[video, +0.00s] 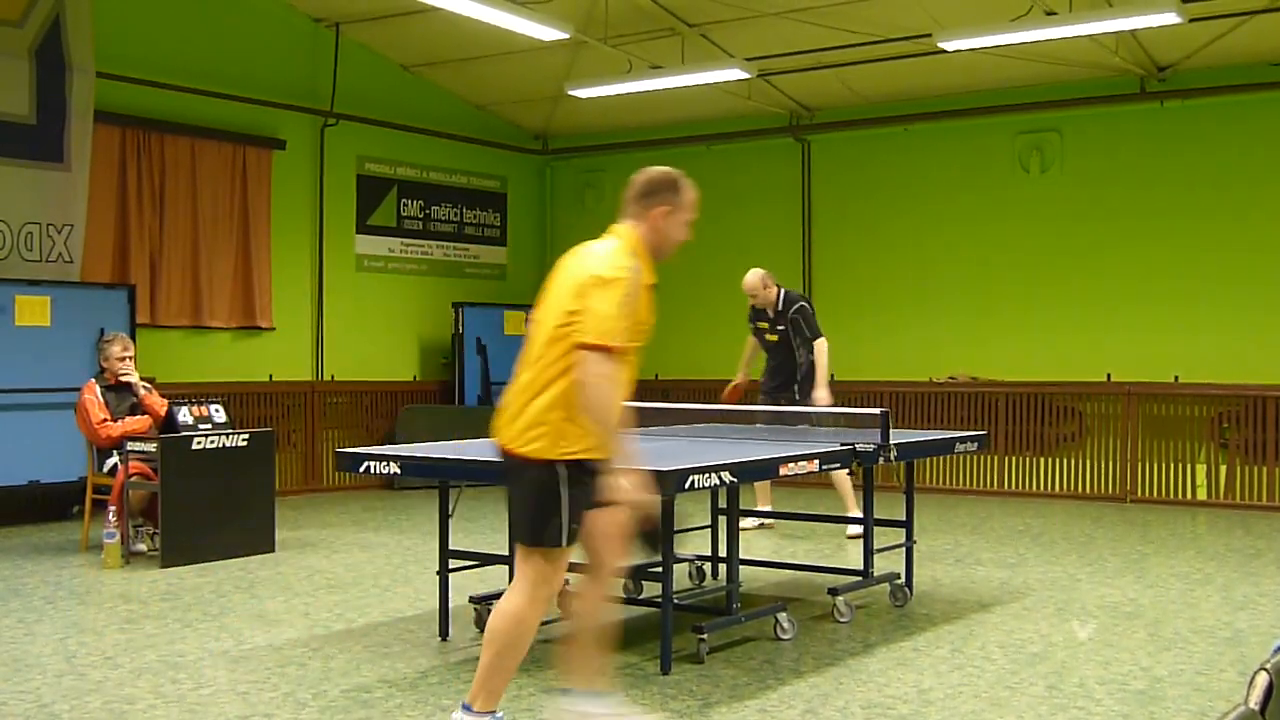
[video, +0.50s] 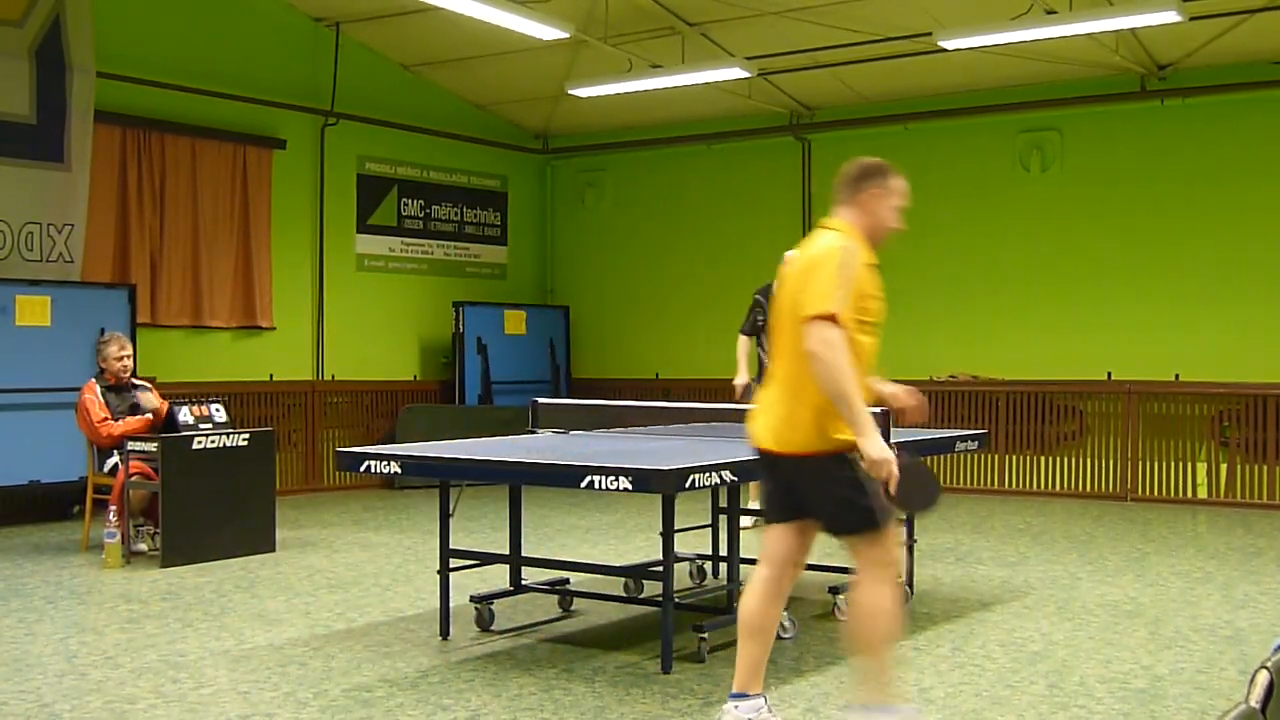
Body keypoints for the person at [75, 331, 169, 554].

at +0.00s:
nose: (128, 364)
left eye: (131, 359)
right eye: (121, 359)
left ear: (135, 360)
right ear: (104, 362)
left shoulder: (142, 388)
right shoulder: (90, 392)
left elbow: (168, 419)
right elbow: (102, 434)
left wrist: (140, 391)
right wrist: (146, 422)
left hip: (150, 453)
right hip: (115, 456)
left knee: (173, 478)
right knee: (140, 481)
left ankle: (155, 527)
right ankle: (135, 525)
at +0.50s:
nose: (126, 364)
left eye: (129, 358)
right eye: (119, 359)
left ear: (134, 359)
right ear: (103, 363)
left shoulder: (144, 387)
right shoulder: (90, 393)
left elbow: (168, 421)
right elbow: (104, 433)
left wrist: (157, 406)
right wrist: (148, 420)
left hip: (151, 451)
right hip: (116, 454)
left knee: (173, 475)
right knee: (141, 480)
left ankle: (156, 526)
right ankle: (135, 524)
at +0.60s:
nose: (126, 364)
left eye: (128, 358)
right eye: (119, 360)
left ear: (133, 359)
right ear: (102, 363)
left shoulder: (145, 388)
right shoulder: (90, 393)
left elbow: (167, 420)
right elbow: (104, 433)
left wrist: (166, 413)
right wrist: (149, 420)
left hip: (153, 452)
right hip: (117, 454)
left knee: (175, 476)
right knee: (141, 481)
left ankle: (155, 526)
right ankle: (135, 524)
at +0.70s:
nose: (125, 364)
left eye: (127, 358)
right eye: (118, 360)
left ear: (132, 359)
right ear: (102, 364)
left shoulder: (145, 388)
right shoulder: (90, 393)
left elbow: (165, 416)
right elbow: (103, 434)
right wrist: (147, 421)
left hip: (152, 452)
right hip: (116, 455)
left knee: (175, 476)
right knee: (140, 481)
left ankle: (153, 526)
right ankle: (135, 525)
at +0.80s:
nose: (124, 365)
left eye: (127, 358)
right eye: (117, 361)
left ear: (132, 359)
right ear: (102, 365)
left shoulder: (145, 388)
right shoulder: (90, 393)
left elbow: (165, 417)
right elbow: (102, 434)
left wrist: (122, 426)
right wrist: (147, 422)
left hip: (153, 452)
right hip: (116, 455)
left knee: (175, 476)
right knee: (140, 481)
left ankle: (155, 527)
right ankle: (135, 524)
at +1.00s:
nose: (124, 365)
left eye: (127, 359)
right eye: (117, 361)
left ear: (132, 359)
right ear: (101, 365)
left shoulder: (146, 388)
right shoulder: (89, 392)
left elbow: (166, 420)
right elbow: (102, 434)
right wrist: (146, 421)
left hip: (153, 452)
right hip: (116, 455)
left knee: (175, 475)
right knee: (140, 481)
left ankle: (153, 526)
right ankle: (135, 524)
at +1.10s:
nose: (124, 367)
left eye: (126, 360)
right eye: (116, 362)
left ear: (131, 360)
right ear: (101, 367)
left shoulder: (146, 388)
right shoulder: (89, 394)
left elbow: (167, 421)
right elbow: (102, 436)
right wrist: (145, 423)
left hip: (152, 453)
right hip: (116, 456)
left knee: (175, 476)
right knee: (140, 482)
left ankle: (152, 527)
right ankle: (134, 526)